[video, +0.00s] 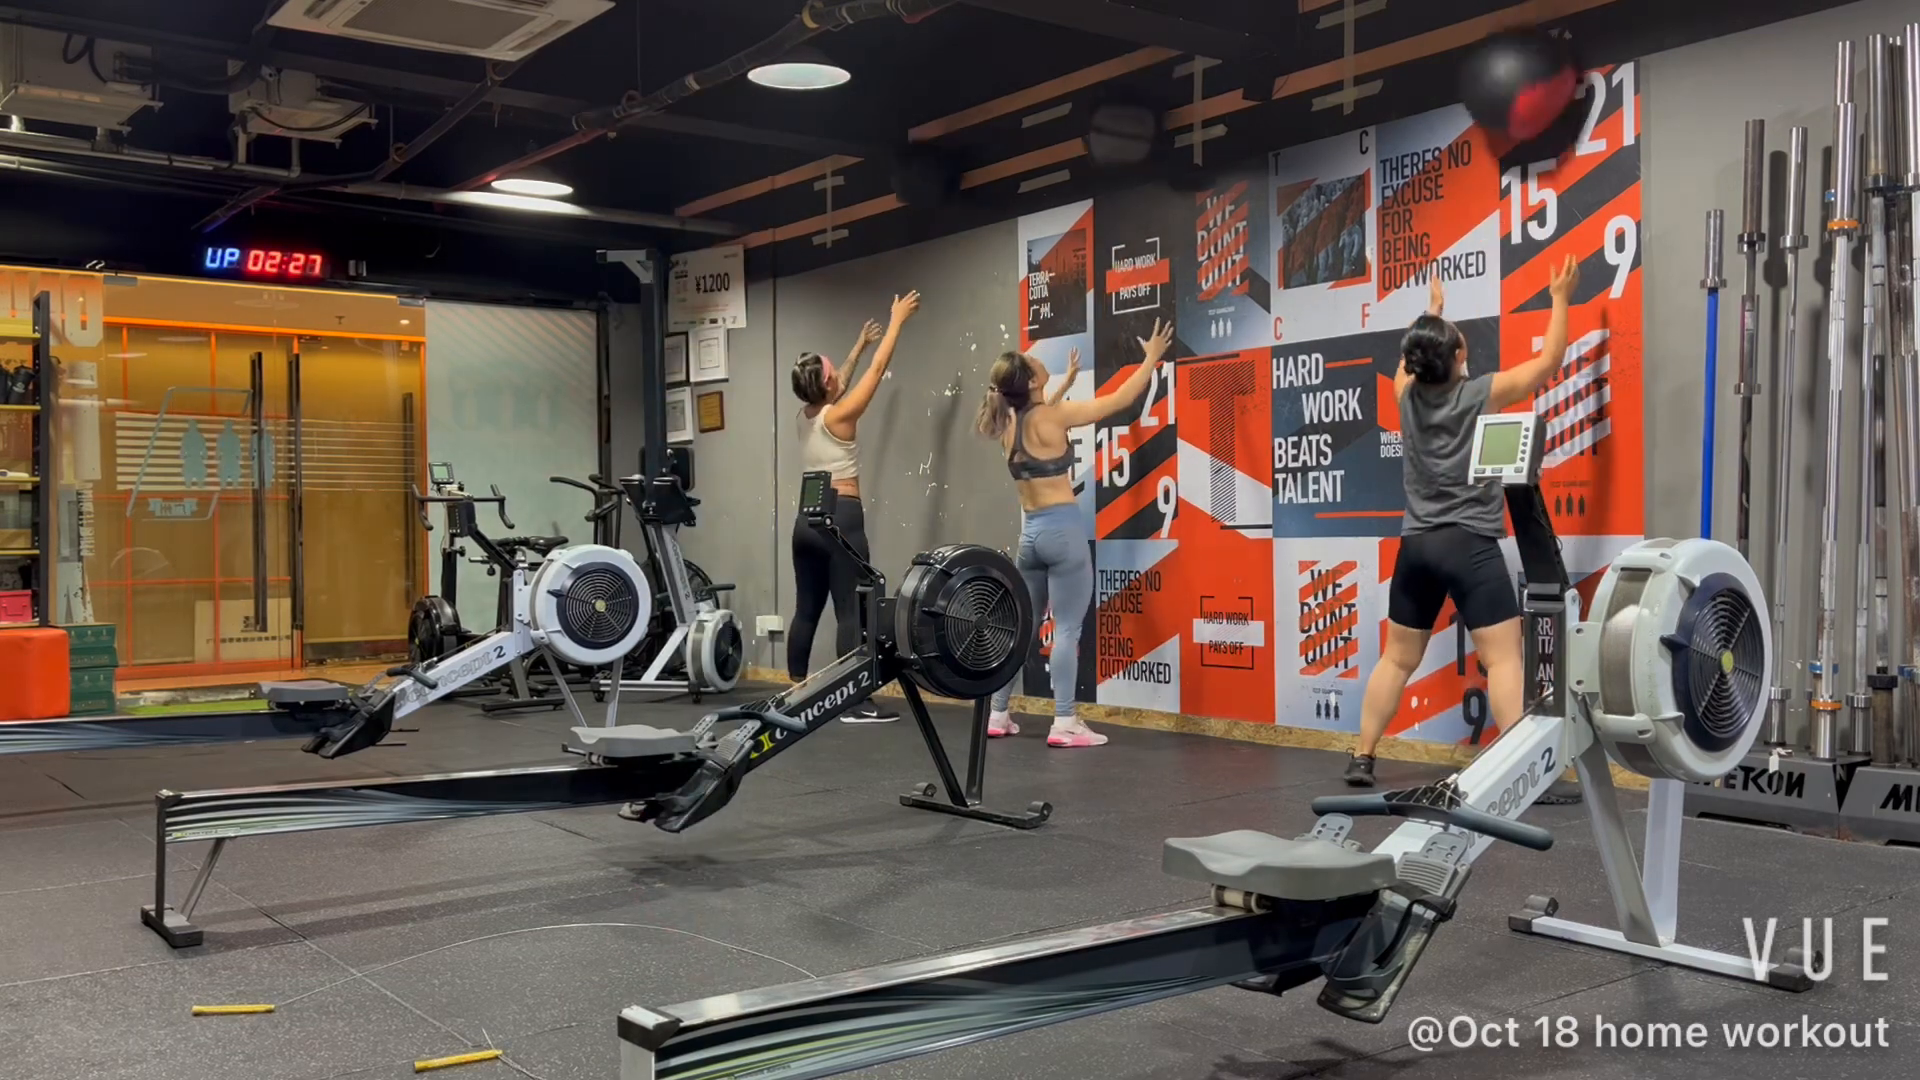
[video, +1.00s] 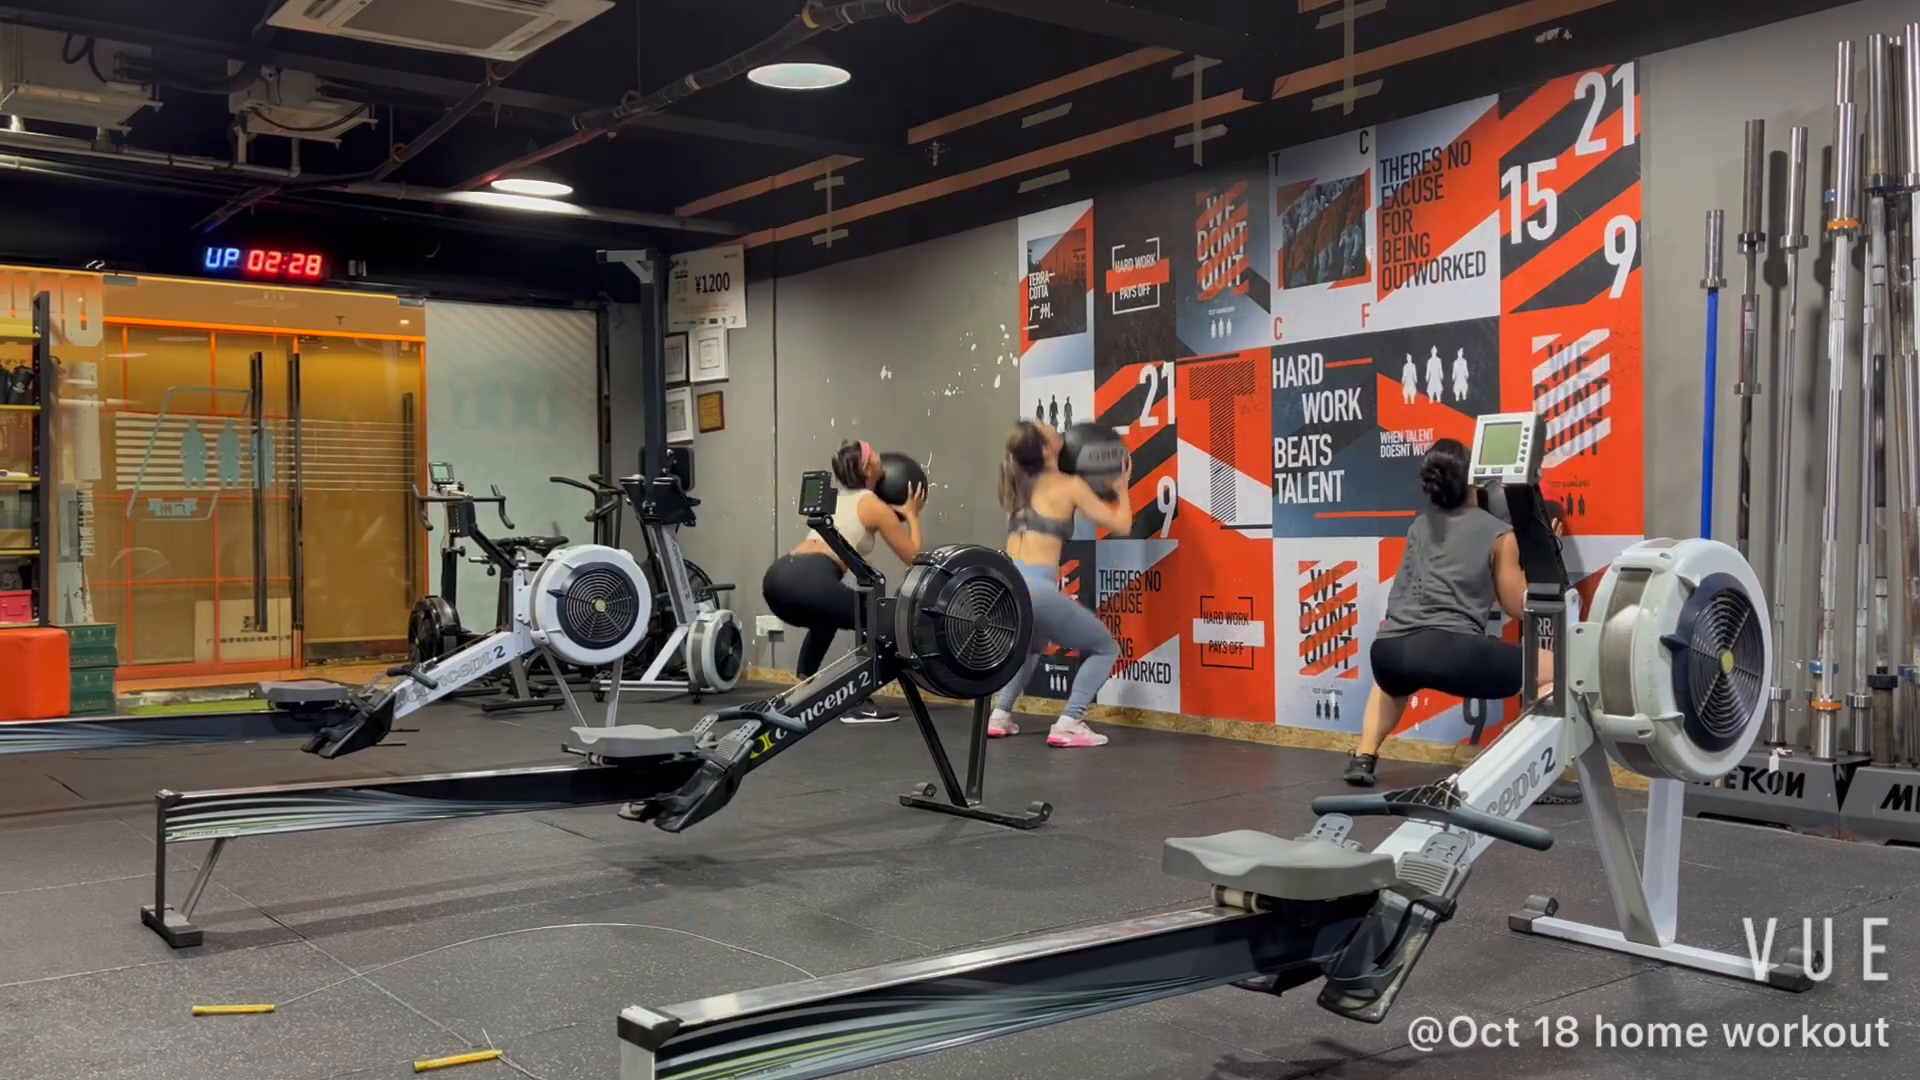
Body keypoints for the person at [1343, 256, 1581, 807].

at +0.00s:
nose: (1467, 349)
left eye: (1462, 345)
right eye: (1463, 346)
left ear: (1417, 363)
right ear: (1457, 359)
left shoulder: (1408, 396)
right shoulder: (1481, 393)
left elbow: (1408, 362)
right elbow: (1547, 363)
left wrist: (1431, 321)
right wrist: (1560, 298)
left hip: (1417, 545)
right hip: (1470, 546)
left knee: (1397, 660)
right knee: (1501, 660)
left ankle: (1361, 759)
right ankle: (1525, 772)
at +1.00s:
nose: (1480, 476)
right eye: (1475, 470)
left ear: (1430, 482)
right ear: (1473, 480)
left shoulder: (1419, 525)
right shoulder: (1497, 533)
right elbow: (1517, 606)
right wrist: (1545, 546)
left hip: (1391, 650)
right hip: (1452, 651)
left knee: (1392, 681)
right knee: (1551, 667)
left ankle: (1363, 758)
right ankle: (1542, 772)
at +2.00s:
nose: (1454, 352)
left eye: (1446, 348)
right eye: (1449, 349)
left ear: (1403, 369)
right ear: (1445, 365)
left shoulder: (1396, 406)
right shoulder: (1468, 400)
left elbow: (1392, 341)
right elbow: (1491, 325)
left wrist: (1401, 276)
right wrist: (1485, 251)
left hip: (1417, 553)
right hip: (1470, 552)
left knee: (1401, 661)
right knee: (1507, 663)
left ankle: (1363, 762)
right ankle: (1520, 776)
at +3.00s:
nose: (1480, 483)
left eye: (1477, 477)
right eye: (1477, 478)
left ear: (1428, 491)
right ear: (1472, 488)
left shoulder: (1415, 535)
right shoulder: (1494, 544)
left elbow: (1412, 596)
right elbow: (1512, 616)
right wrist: (1528, 591)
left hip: (1389, 664)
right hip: (1454, 665)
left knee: (1401, 687)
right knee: (1549, 671)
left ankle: (1366, 759)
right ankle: (1529, 773)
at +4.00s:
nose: (1476, 330)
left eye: (1461, 326)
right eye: (1470, 326)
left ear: (1424, 347)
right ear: (1467, 341)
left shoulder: (1422, 377)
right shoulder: (1485, 371)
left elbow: (1428, 314)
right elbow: (1507, 292)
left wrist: (1430, 246)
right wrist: (1506, 220)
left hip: (1429, 522)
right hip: (1483, 519)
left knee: (1406, 640)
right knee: (1514, 640)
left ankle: (1373, 738)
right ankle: (1554, 743)